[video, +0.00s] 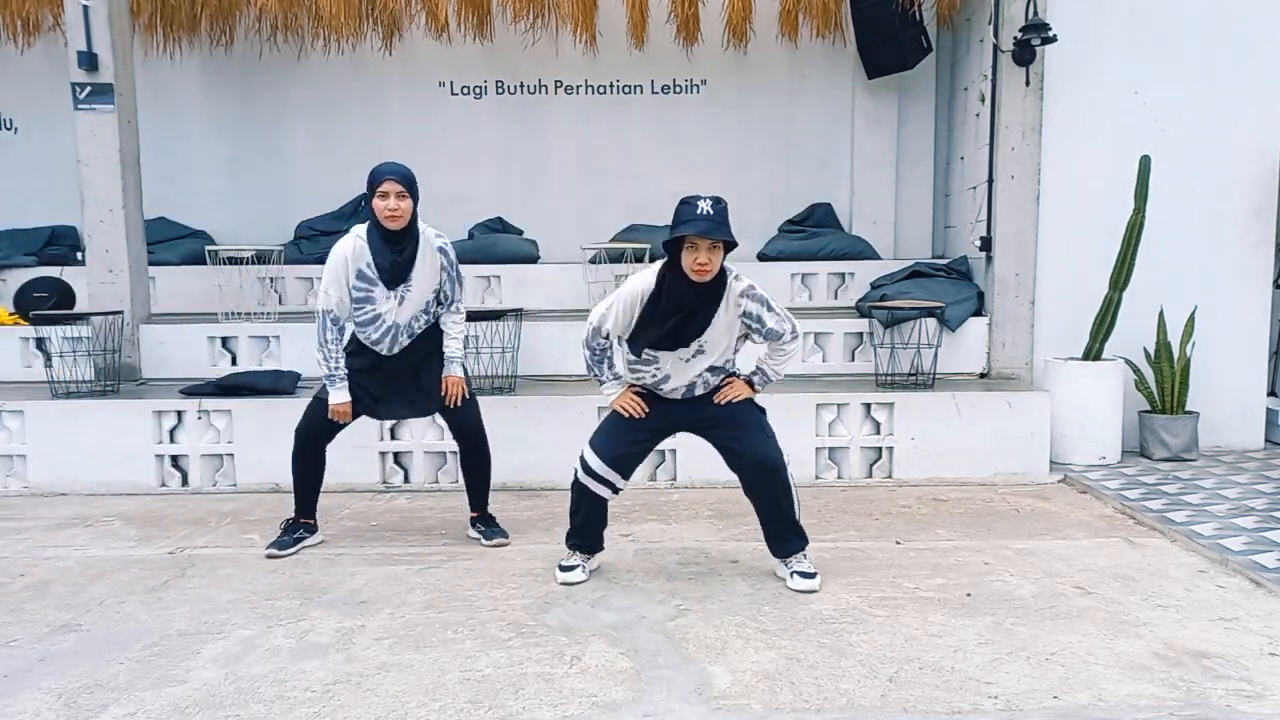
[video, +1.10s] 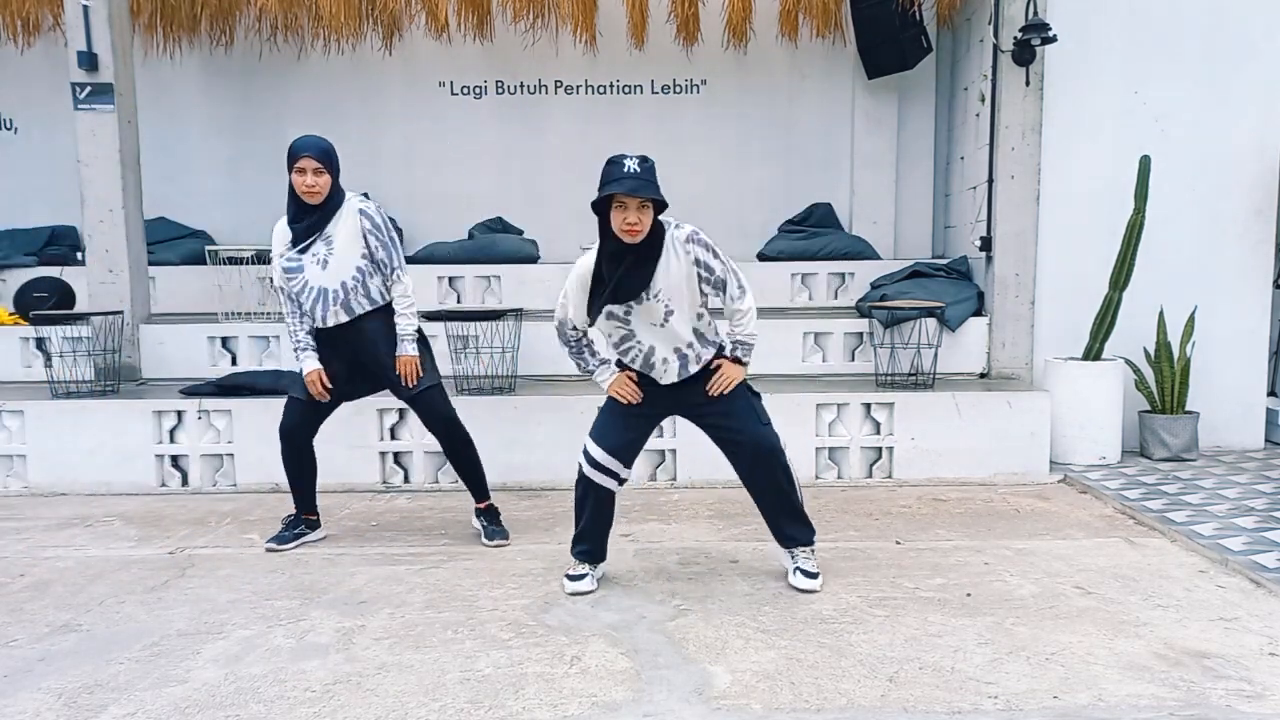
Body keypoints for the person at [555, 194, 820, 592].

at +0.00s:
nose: (703, 258)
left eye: (713, 248)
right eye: (693, 247)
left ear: (725, 250)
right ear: (677, 248)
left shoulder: (739, 293)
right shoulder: (643, 288)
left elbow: (787, 336)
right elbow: (596, 334)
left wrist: (755, 380)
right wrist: (613, 388)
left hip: (718, 396)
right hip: (649, 398)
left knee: (766, 462)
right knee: (595, 467)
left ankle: (792, 554)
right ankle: (582, 550)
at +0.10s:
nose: (742, 228)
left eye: (752, 218)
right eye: (732, 217)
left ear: (766, 222)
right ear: (716, 219)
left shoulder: (776, 273)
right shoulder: (679, 260)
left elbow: (809, 329)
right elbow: (628, 310)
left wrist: (769, 374)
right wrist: (628, 369)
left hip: (734, 387)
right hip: (663, 382)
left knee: (775, 457)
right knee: (607, 453)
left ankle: (792, 552)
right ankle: (579, 547)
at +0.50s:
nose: (773, 169)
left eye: (783, 160)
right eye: (763, 159)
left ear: (797, 164)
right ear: (748, 161)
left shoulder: (810, 228)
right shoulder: (716, 206)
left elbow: (822, 305)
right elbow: (673, 274)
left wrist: (799, 357)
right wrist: (662, 338)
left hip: (765, 360)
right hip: (699, 350)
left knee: (781, 459)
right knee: (650, 450)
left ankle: (792, 552)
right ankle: (605, 540)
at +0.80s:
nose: (767, 238)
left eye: (776, 227)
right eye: (756, 228)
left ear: (790, 229)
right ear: (739, 230)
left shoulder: (806, 277)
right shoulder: (710, 268)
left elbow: (820, 327)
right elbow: (645, 308)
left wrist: (782, 372)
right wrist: (650, 368)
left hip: (748, 385)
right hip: (680, 377)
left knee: (784, 455)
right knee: (628, 451)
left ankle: (792, 552)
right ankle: (588, 554)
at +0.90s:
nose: (728, 270)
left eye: (737, 258)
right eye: (716, 260)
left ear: (751, 260)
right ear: (700, 263)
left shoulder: (770, 300)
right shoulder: (674, 300)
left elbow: (807, 345)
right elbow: (615, 327)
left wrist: (767, 382)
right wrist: (633, 384)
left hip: (737, 399)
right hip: (668, 396)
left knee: (780, 461)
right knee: (619, 462)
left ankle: (792, 553)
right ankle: (589, 559)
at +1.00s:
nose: (673, 259)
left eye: (682, 248)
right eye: (662, 249)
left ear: (697, 249)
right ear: (647, 252)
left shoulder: (725, 283)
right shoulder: (629, 297)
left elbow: (771, 319)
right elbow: (587, 335)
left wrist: (753, 375)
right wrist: (622, 383)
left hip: (723, 395)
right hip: (656, 398)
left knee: (771, 459)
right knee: (606, 465)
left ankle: (791, 553)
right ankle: (587, 560)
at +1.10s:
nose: (632, 218)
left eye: (641, 207)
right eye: (621, 208)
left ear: (656, 208)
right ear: (605, 211)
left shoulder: (688, 245)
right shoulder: (591, 267)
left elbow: (738, 297)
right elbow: (569, 327)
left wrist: (738, 356)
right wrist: (606, 373)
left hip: (705, 372)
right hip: (637, 380)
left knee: (762, 447)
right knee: (598, 461)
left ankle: (799, 547)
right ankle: (586, 559)